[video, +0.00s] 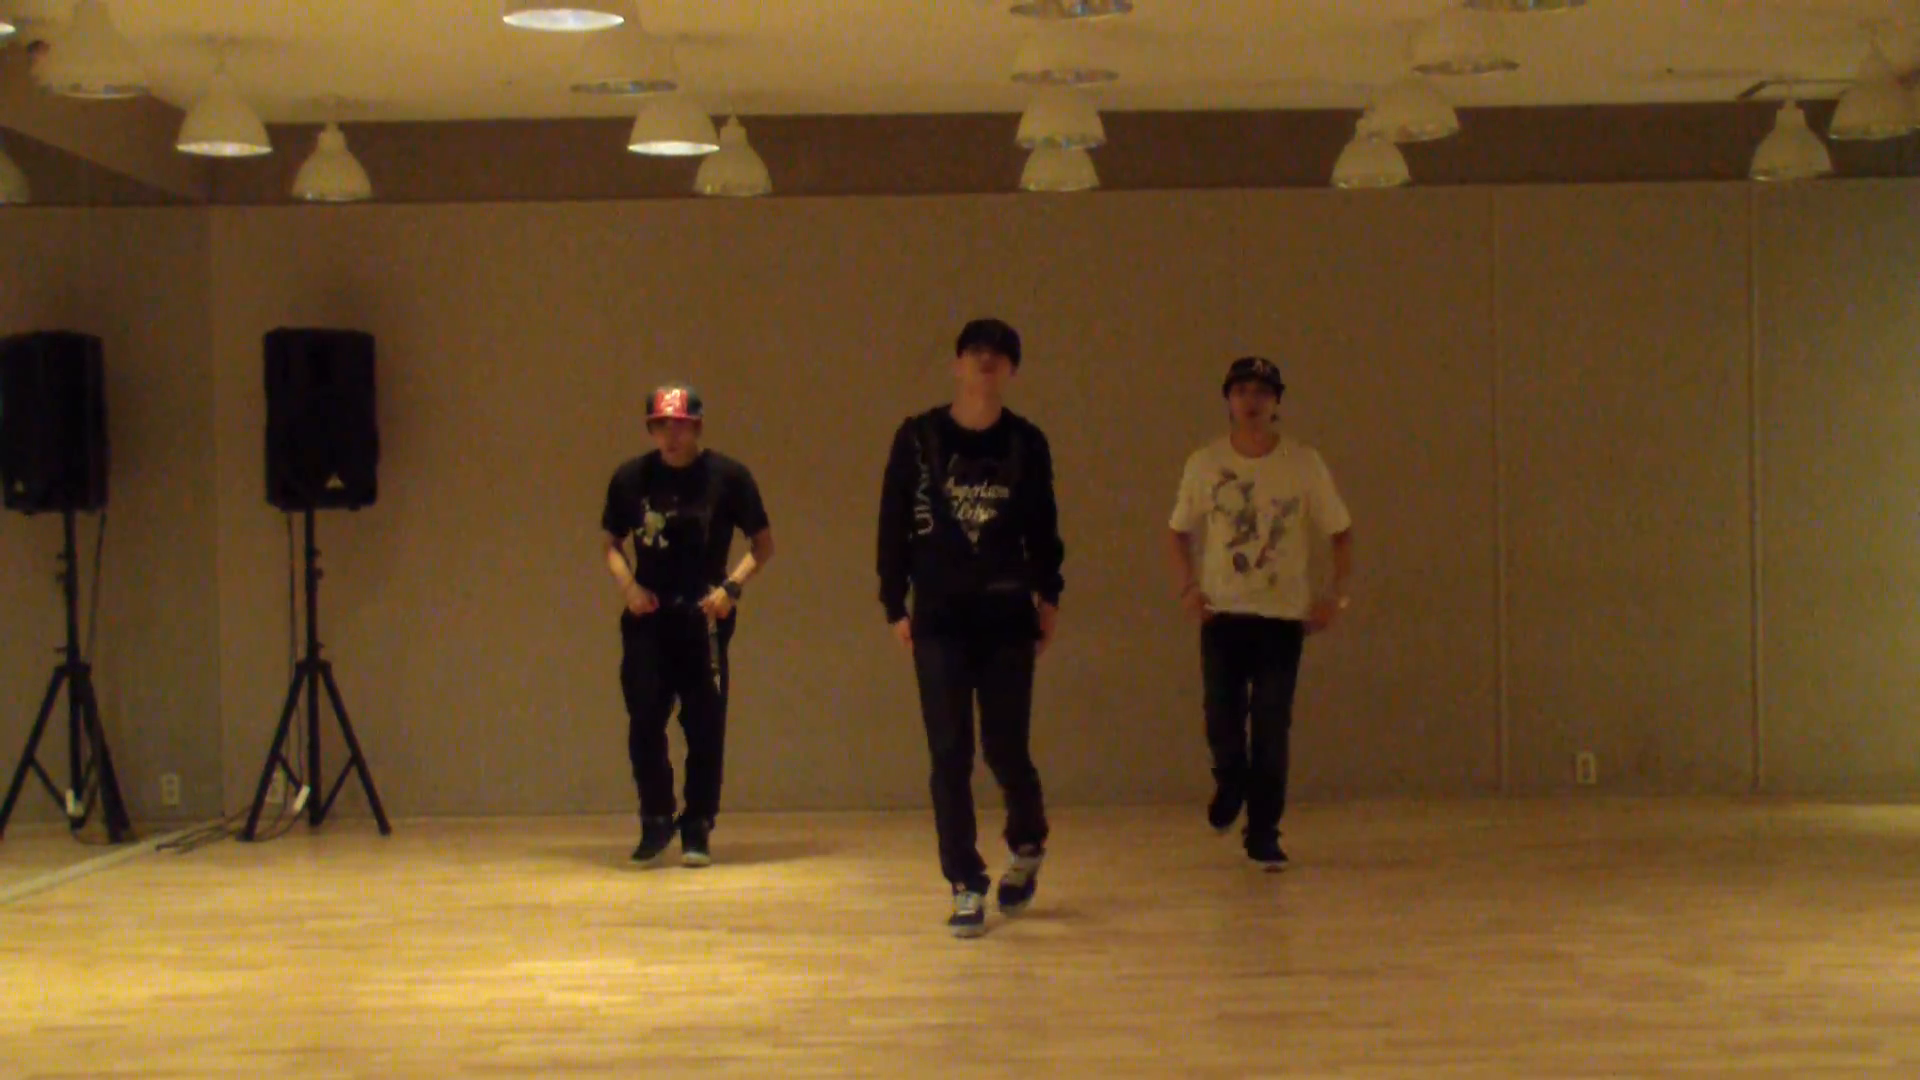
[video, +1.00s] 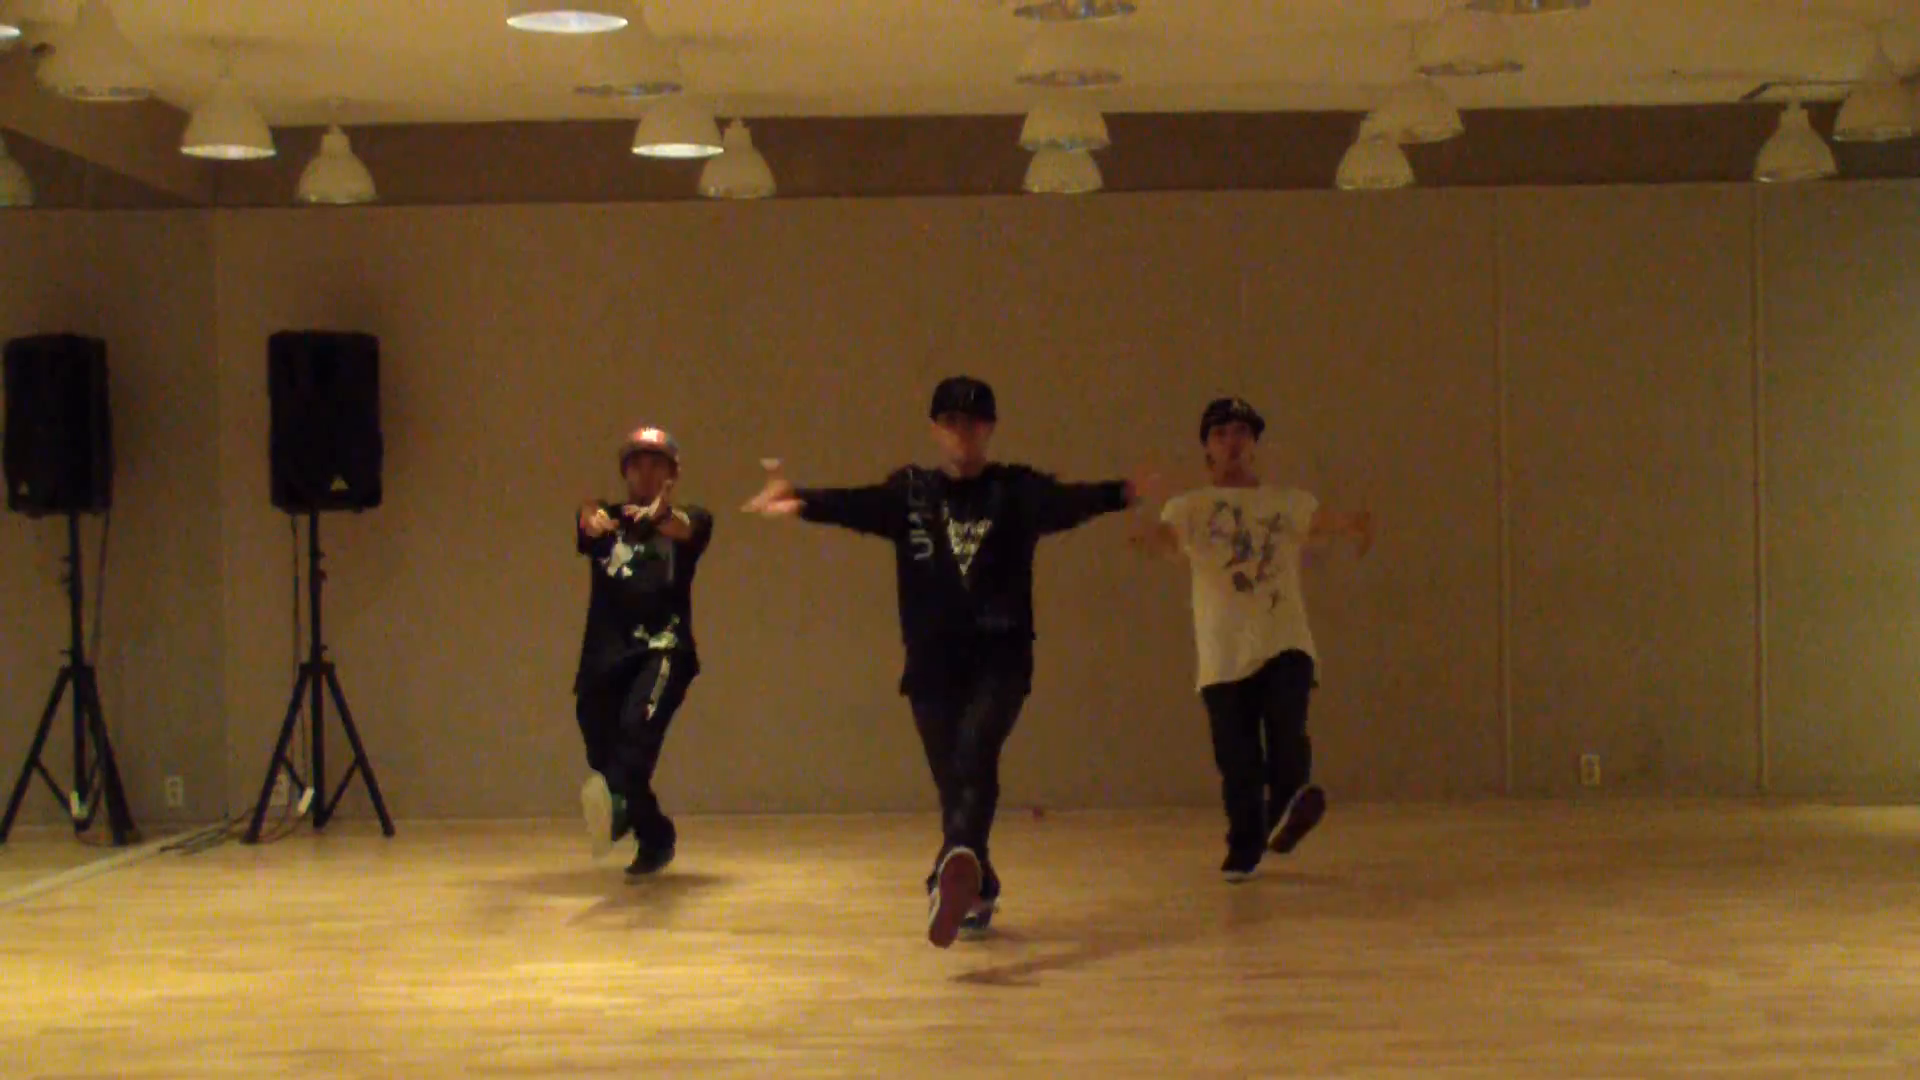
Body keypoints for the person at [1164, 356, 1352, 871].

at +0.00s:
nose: (1251, 401)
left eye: (1261, 393)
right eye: (1242, 393)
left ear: (1277, 401)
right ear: (1227, 400)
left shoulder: (1302, 462)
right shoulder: (1204, 463)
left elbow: (1339, 530)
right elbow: (1178, 531)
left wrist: (1335, 596)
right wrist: (1188, 588)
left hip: (1282, 617)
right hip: (1222, 615)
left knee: (1271, 726)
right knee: (1220, 718)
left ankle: (1264, 831)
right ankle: (1230, 784)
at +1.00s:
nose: (1233, 443)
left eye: (1242, 434)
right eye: (1222, 434)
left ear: (1256, 443)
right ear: (1205, 447)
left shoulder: (1286, 502)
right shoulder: (1191, 507)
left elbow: (1321, 525)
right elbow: (1169, 538)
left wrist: (1355, 526)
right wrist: (1148, 539)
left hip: (1283, 641)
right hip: (1223, 651)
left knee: (1287, 727)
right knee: (1237, 758)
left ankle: (1287, 811)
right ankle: (1244, 849)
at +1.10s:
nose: (1239, 426)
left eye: (1249, 417)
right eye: (1229, 417)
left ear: (1263, 424)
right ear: (1210, 427)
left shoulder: (1297, 489)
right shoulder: (1189, 498)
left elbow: (1372, 499)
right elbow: (1118, 505)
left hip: (1288, 629)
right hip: (1225, 641)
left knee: (1296, 707)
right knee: (1237, 751)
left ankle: (1300, 815)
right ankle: (1239, 839)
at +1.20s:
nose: (1243, 425)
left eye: (1253, 415)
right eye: (1232, 416)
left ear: (1270, 421)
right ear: (1216, 424)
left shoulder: (1306, 483)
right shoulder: (1192, 488)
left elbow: (1381, 505)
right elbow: (1119, 508)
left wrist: (1445, 507)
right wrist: (1062, 507)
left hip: (1297, 627)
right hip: (1233, 634)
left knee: (1299, 722)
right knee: (1240, 730)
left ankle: (1314, 842)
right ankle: (1225, 844)